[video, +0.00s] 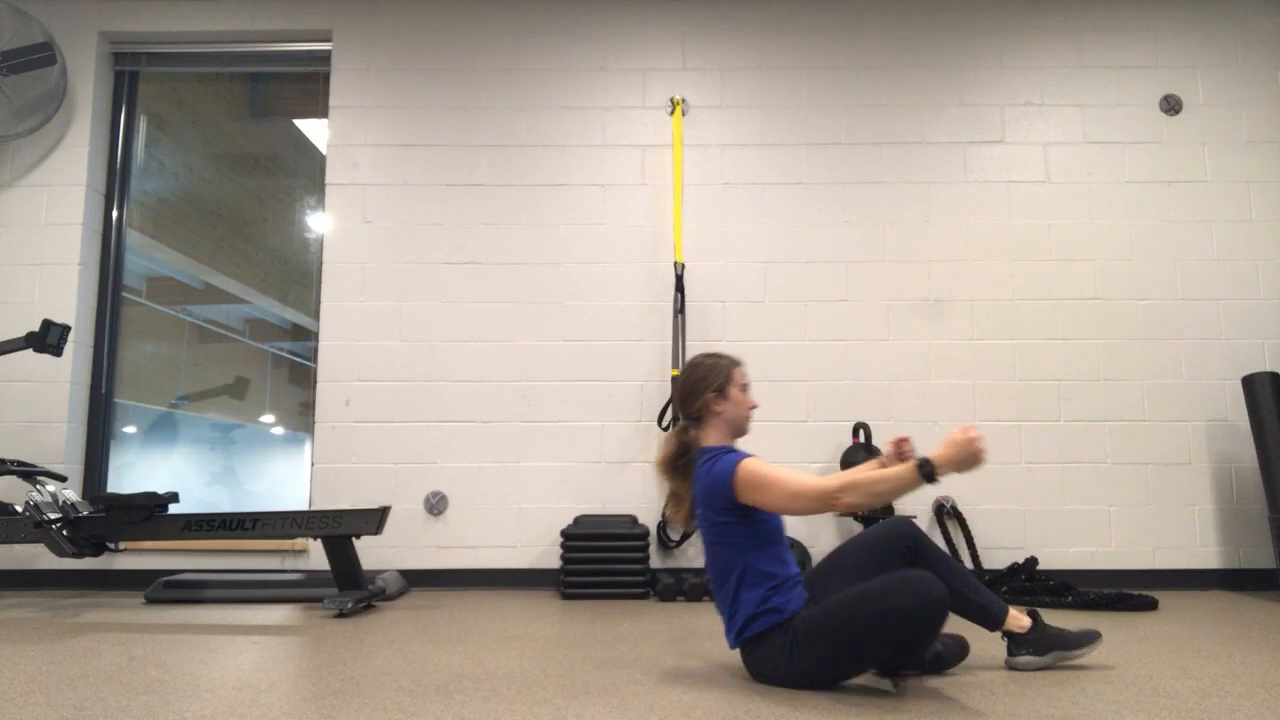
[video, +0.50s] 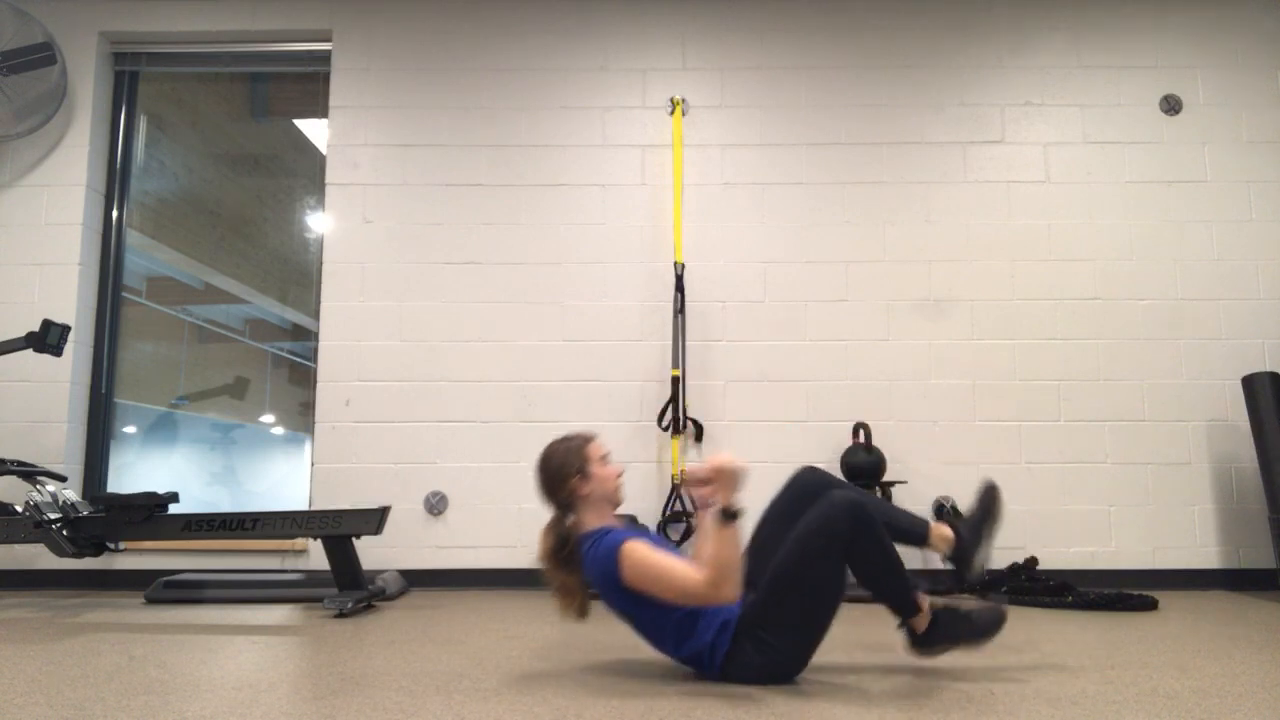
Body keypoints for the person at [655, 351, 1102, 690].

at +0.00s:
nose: (753, 401)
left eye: (749, 389)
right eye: (744, 391)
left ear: (715, 401)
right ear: (714, 402)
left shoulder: (723, 464)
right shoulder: (725, 470)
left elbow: (821, 494)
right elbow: (833, 498)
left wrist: (880, 467)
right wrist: (934, 466)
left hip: (790, 612)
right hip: (779, 644)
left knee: (900, 535)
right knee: (924, 590)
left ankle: (1019, 628)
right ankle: (905, 659)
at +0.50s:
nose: (617, 467)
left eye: (609, 459)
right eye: (605, 463)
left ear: (582, 485)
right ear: (581, 484)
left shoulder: (608, 535)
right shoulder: (613, 547)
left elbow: (705, 579)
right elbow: (720, 588)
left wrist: (706, 510)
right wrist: (723, 506)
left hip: (741, 624)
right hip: (750, 649)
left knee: (811, 482)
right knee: (842, 508)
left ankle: (950, 537)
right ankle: (921, 624)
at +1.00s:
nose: (500, 566)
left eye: (487, 565)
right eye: (484, 573)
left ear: (492, 605)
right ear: (484, 609)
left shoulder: (544, 615)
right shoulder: (546, 638)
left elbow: (644, 598)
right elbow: (652, 610)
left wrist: (578, 572)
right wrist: (578, 575)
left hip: (701, 604)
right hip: (714, 617)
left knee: (637, 461)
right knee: (634, 462)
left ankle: (743, 370)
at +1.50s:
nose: (502, 569)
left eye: (490, 566)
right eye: (487, 574)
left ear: (492, 607)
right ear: (482, 609)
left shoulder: (542, 621)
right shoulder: (542, 640)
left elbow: (641, 598)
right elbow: (646, 597)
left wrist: (570, 574)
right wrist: (571, 573)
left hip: (702, 604)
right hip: (708, 612)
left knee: (641, 454)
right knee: (639, 455)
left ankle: (766, 381)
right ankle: (766, 374)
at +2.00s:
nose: (654, 457)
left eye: (647, 448)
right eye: (641, 451)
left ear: (613, 469)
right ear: (610, 470)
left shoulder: (620, 525)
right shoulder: (630, 531)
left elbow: (721, 573)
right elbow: (735, 574)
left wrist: (687, 507)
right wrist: (695, 503)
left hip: (740, 638)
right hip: (753, 649)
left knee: (805, 505)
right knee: (839, 495)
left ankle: (869, 613)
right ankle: (975, 517)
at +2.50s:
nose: (761, 404)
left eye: (758, 393)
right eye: (753, 395)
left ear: (720, 403)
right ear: (723, 404)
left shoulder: (718, 466)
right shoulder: (723, 470)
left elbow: (791, 553)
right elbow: (805, 554)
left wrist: (780, 477)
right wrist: (806, 471)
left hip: (772, 632)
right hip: (778, 641)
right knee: (921, 545)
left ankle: (861, 654)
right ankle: (1017, 624)